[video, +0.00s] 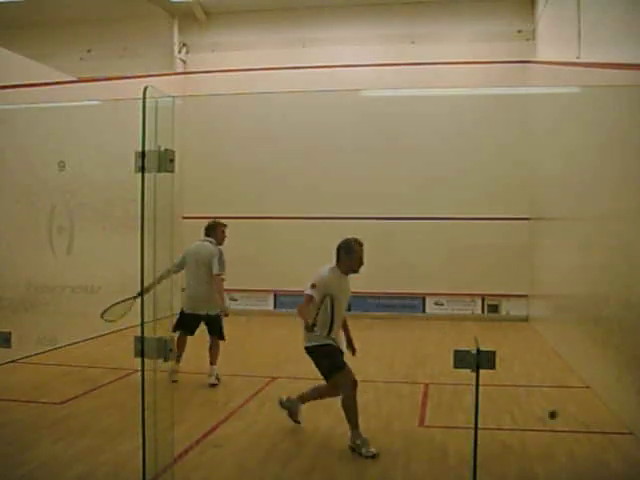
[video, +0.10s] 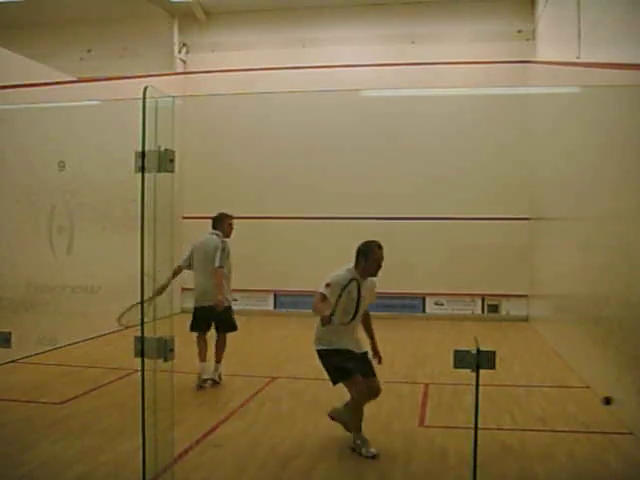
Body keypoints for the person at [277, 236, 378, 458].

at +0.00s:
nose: (362, 263)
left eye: (362, 258)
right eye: (359, 258)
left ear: (348, 258)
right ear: (344, 257)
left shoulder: (343, 280)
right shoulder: (324, 279)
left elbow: (340, 313)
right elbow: (304, 310)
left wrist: (349, 338)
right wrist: (307, 314)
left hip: (331, 341)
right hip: (317, 343)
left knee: (335, 388)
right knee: (349, 383)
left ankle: (294, 402)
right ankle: (356, 438)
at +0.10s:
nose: (381, 265)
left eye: (381, 261)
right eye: (377, 261)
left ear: (370, 261)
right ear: (362, 260)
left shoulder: (370, 284)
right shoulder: (340, 279)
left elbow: (364, 313)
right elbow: (318, 302)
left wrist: (373, 345)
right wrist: (325, 312)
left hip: (351, 341)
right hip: (329, 343)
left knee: (373, 389)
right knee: (358, 388)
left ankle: (344, 413)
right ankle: (358, 438)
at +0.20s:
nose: (399, 265)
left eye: (400, 260)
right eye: (395, 260)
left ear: (393, 262)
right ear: (382, 260)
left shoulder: (390, 289)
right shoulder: (358, 277)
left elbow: (391, 321)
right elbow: (327, 293)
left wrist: (401, 353)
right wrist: (338, 301)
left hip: (366, 345)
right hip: (340, 347)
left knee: (397, 385)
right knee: (366, 397)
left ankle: (398, 439)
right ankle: (358, 439)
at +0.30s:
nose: (415, 272)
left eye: (416, 267)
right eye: (411, 266)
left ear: (414, 267)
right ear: (398, 265)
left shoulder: (408, 294)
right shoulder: (369, 281)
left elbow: (416, 327)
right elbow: (336, 289)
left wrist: (428, 360)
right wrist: (349, 293)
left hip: (382, 353)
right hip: (354, 352)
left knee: (411, 396)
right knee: (372, 403)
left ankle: (427, 454)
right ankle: (358, 430)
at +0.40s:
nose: (425, 277)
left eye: (427, 272)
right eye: (422, 272)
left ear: (424, 274)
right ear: (407, 270)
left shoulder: (422, 304)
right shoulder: (380, 286)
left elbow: (438, 333)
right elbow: (344, 285)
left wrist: (452, 365)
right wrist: (356, 286)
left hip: (395, 358)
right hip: (365, 355)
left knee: (429, 398)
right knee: (374, 400)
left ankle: (431, 456)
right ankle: (364, 446)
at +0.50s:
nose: (431, 275)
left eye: (432, 270)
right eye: (428, 270)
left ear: (426, 272)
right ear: (412, 269)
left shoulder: (424, 301)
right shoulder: (383, 281)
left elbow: (446, 326)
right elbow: (345, 275)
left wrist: (461, 356)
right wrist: (360, 275)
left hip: (392, 355)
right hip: (362, 350)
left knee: (424, 399)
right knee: (375, 400)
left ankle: (430, 457)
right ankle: (364, 463)